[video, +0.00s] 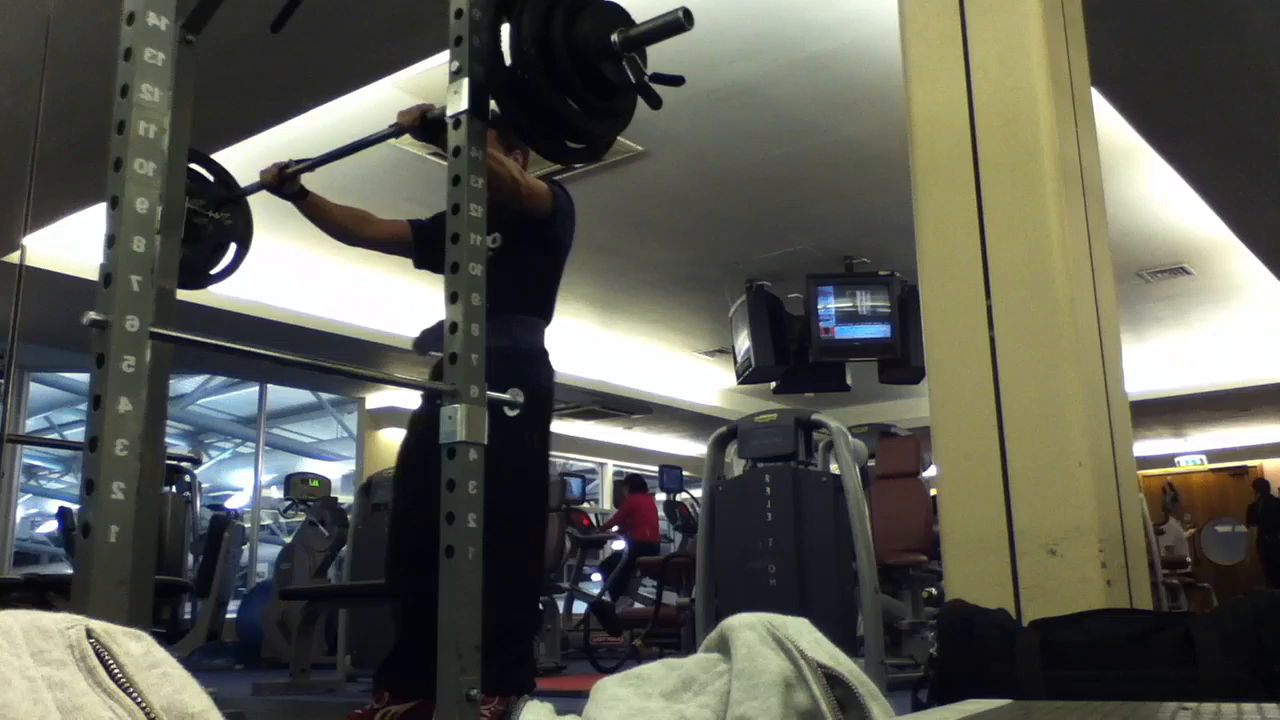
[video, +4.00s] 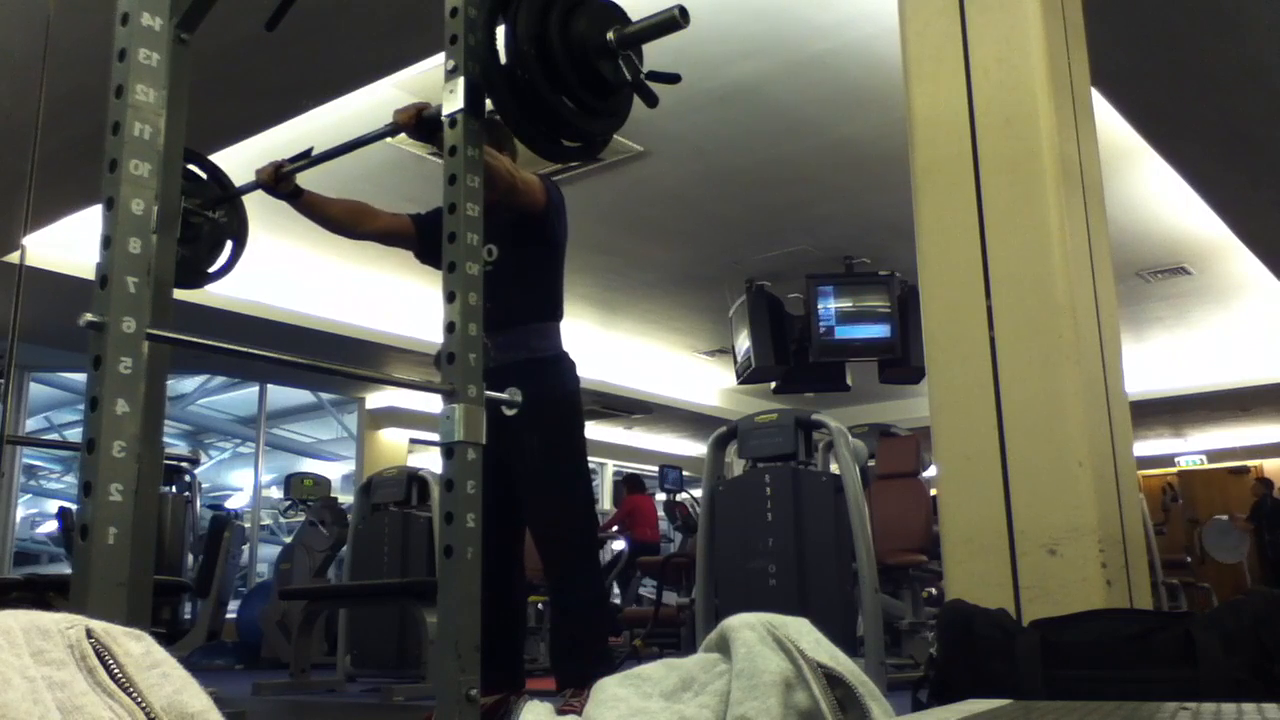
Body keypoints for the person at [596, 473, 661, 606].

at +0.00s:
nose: (624, 492)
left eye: (625, 488)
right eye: (624, 488)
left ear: (630, 488)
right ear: (644, 487)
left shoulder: (632, 500)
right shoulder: (650, 500)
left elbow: (616, 519)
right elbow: (637, 522)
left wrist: (601, 529)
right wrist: (619, 532)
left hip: (637, 546)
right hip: (654, 547)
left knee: (606, 566)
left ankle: (619, 599)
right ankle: (626, 598)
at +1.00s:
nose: (624, 491)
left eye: (625, 487)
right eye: (624, 488)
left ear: (630, 487)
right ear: (643, 486)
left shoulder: (632, 500)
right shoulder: (650, 500)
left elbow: (616, 520)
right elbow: (635, 522)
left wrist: (600, 530)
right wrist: (617, 532)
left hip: (635, 546)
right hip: (653, 547)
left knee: (603, 556)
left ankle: (613, 590)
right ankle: (627, 590)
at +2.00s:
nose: (625, 490)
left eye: (626, 487)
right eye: (625, 487)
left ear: (630, 487)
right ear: (643, 486)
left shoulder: (631, 500)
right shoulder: (649, 499)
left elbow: (620, 518)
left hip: (637, 543)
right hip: (654, 543)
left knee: (631, 576)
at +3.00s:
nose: (624, 490)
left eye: (625, 487)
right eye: (624, 487)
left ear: (629, 487)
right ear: (642, 486)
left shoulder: (631, 500)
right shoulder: (649, 500)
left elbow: (617, 520)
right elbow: (634, 522)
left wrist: (601, 529)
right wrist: (617, 533)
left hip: (637, 544)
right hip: (654, 545)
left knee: (624, 575)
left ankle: (630, 605)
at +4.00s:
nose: (624, 490)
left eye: (625, 487)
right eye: (624, 487)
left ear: (629, 487)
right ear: (641, 486)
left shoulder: (631, 500)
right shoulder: (649, 500)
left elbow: (615, 520)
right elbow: (635, 523)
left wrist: (600, 530)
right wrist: (617, 532)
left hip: (637, 546)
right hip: (654, 546)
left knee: (608, 570)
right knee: (625, 572)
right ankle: (635, 601)